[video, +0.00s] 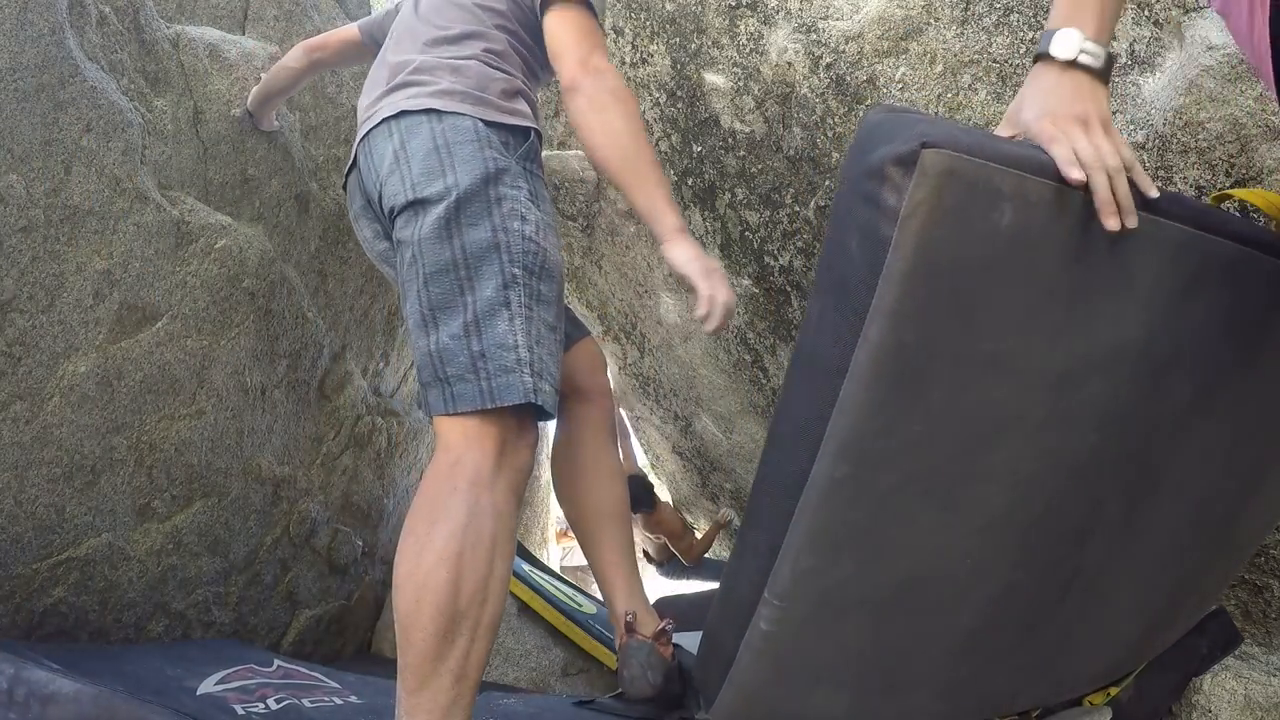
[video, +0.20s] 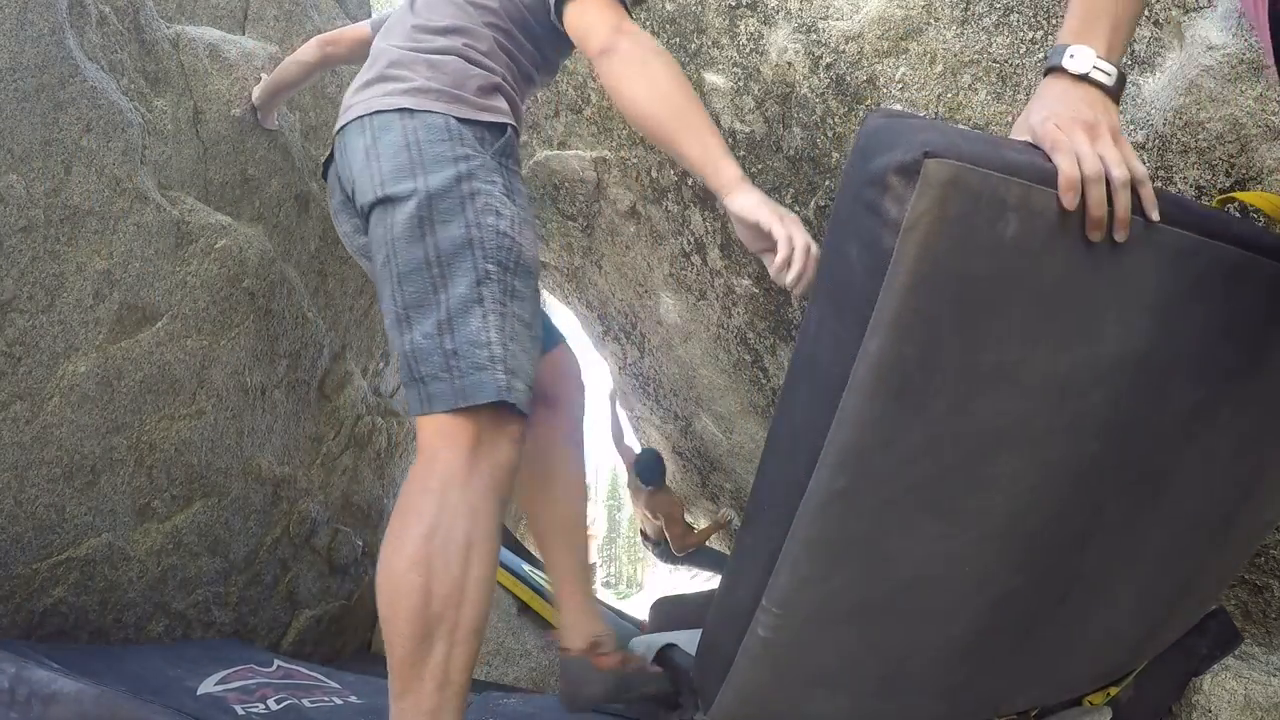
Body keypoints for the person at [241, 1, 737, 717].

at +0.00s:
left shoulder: (416, 10)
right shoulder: (547, 3)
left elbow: (309, 50)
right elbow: (586, 78)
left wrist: (260, 102)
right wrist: (675, 234)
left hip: (373, 170)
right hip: (457, 142)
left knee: (581, 373)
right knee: (484, 439)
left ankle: (638, 634)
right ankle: (429, 709)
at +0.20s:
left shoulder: (428, 9)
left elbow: (327, 44)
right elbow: (611, 39)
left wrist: (267, 90)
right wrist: (734, 186)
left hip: (359, 153)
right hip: (434, 137)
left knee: (550, 379)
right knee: (470, 434)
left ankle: (588, 648)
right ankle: (425, 711)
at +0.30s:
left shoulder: (420, 14)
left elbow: (332, 41)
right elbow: (599, 17)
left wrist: (267, 92)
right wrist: (722, 155)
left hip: (353, 144)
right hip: (418, 132)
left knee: (544, 377)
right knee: (453, 434)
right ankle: (422, 708)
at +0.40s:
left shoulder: (428, 16)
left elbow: (327, 39)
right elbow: (581, 8)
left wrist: (268, 93)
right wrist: (669, 114)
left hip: (360, 136)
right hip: (405, 130)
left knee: (512, 401)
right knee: (448, 426)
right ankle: (420, 710)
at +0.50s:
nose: (609, 13)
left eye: (612, 13)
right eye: (609, 6)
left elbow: (324, 26)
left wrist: (273, 92)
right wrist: (577, 82)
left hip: (362, 128)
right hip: (379, 125)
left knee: (435, 424)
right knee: (420, 428)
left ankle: (171, 558)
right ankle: (411, 708)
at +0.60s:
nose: (577, 9)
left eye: (585, 11)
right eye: (581, 1)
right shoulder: (500, 5)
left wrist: (269, 93)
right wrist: (468, 68)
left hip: (309, 134)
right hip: (350, 130)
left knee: (339, 441)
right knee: (390, 432)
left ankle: (93, 632)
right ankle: (402, 711)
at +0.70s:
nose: (550, 5)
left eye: (559, 6)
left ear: (541, 4)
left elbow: (283, 13)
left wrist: (265, 107)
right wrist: (373, 46)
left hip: (271, 135)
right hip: (320, 128)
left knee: (274, 441)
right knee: (366, 429)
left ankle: (63, 665)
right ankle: (401, 709)